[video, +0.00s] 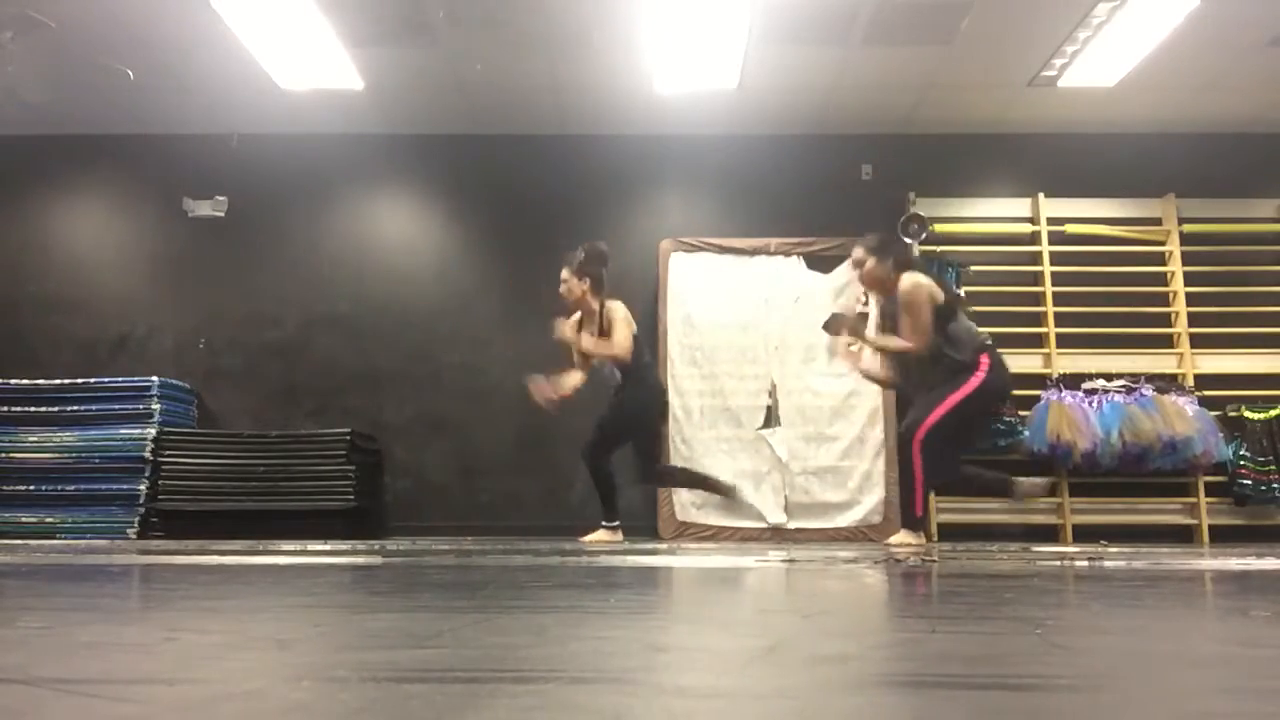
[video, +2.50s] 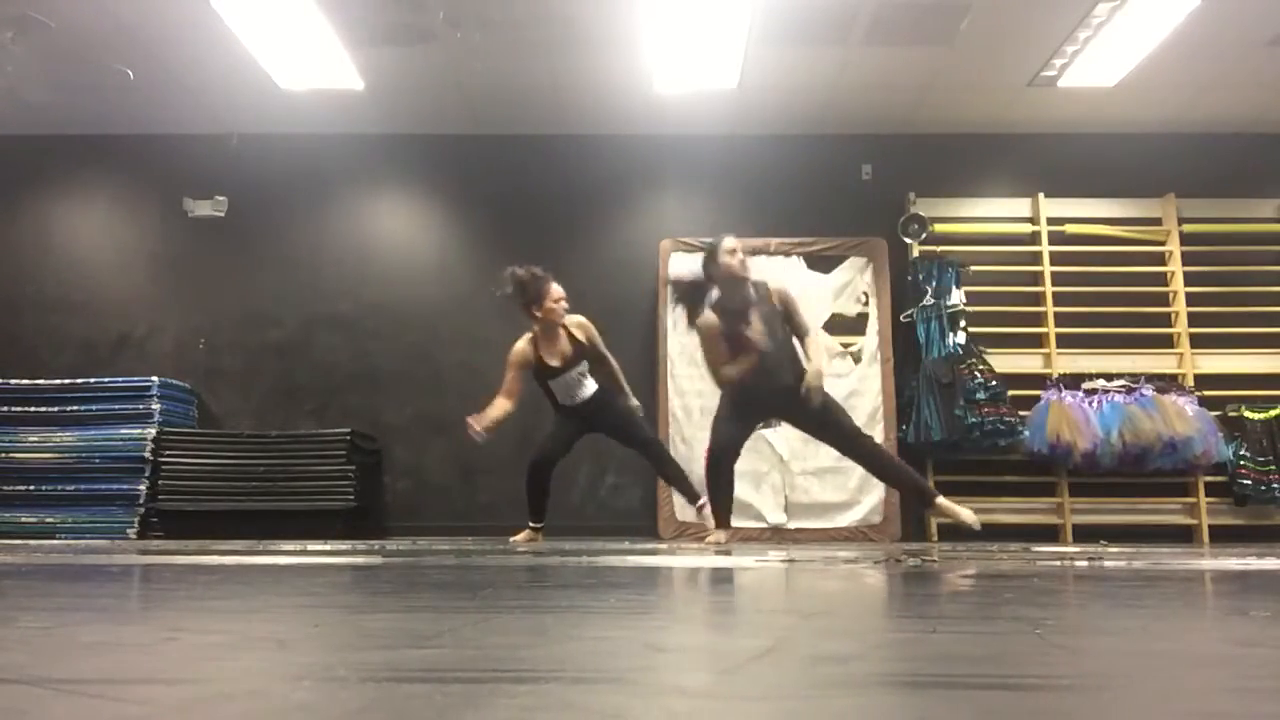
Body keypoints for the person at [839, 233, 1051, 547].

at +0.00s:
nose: (856, 273)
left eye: (860, 264)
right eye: (854, 266)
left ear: (886, 262)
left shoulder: (912, 284)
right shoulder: (887, 305)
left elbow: (918, 344)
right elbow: (900, 375)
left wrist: (864, 336)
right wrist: (861, 362)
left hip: (979, 371)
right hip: (949, 379)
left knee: (916, 433)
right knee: (934, 467)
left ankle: (914, 530)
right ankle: (1018, 489)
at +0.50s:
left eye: (972, 214)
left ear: (973, 220)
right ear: (1007, 208)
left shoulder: (966, 263)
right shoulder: (1026, 222)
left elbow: (974, 311)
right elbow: (1066, 176)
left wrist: (975, 282)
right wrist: (1055, 170)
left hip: (1022, 354)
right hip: (1065, 346)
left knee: (966, 432)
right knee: (1072, 447)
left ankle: (926, 520)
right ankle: (1120, 527)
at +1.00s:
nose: (960, 248)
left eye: (961, 243)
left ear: (966, 248)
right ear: (1001, 242)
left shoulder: (960, 278)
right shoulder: (1024, 260)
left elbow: (949, 321)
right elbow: (1081, 250)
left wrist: (957, 280)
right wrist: (1135, 222)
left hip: (1026, 354)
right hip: (1068, 350)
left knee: (972, 435)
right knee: (1057, 447)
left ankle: (921, 522)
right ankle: (1116, 527)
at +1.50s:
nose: (886, 283)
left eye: (894, 275)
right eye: (880, 277)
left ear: (912, 279)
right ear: (872, 284)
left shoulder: (943, 308)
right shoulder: (870, 329)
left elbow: (978, 358)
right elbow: (842, 384)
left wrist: (925, 365)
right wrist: (813, 437)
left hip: (966, 378)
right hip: (926, 388)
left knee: (932, 437)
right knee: (961, 475)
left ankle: (914, 529)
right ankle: (1044, 498)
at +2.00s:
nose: (826, 201)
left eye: (830, 196)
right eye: (818, 195)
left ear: (835, 206)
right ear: (800, 200)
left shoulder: (820, 259)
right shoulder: (778, 229)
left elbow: (836, 308)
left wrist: (854, 346)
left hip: (809, 347)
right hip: (766, 345)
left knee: (845, 434)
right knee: (746, 438)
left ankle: (881, 523)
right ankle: (717, 526)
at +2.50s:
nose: (742, 257)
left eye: (741, 251)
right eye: (731, 254)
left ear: (745, 258)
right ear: (714, 268)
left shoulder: (774, 295)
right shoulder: (710, 320)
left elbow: (809, 334)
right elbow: (722, 376)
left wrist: (816, 366)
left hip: (793, 391)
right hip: (744, 401)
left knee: (861, 446)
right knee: (719, 455)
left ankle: (937, 501)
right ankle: (721, 529)